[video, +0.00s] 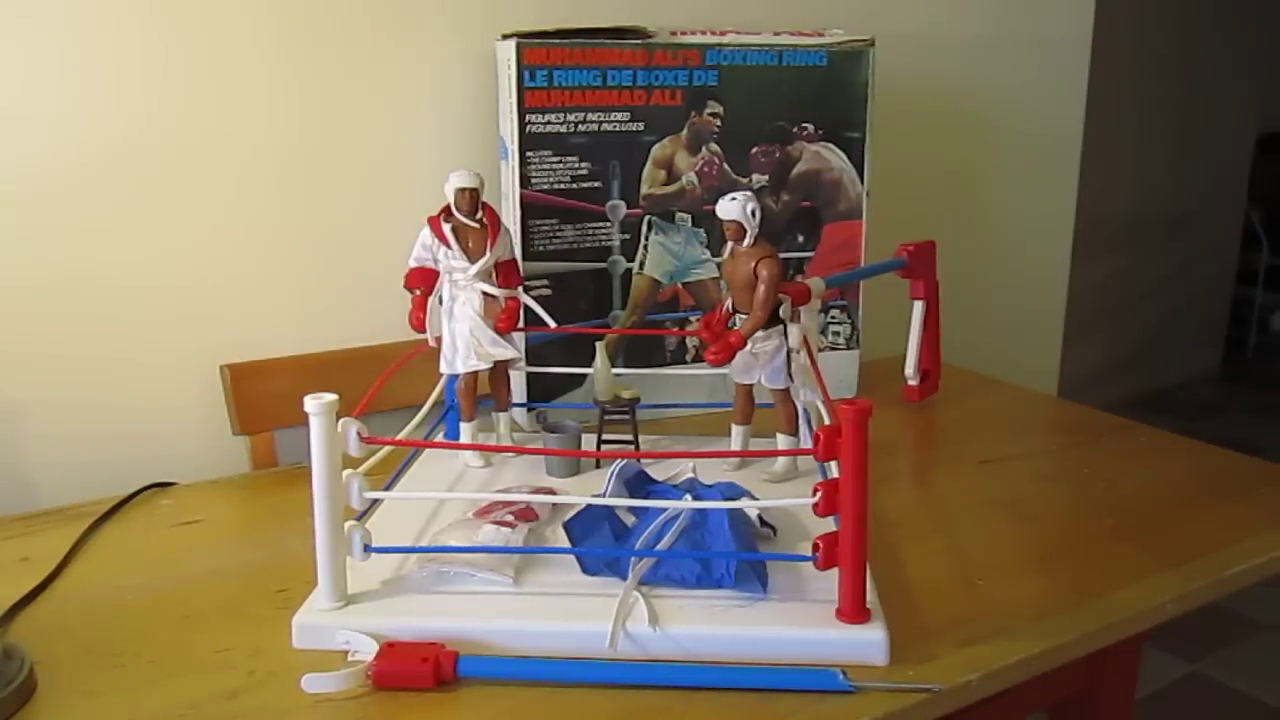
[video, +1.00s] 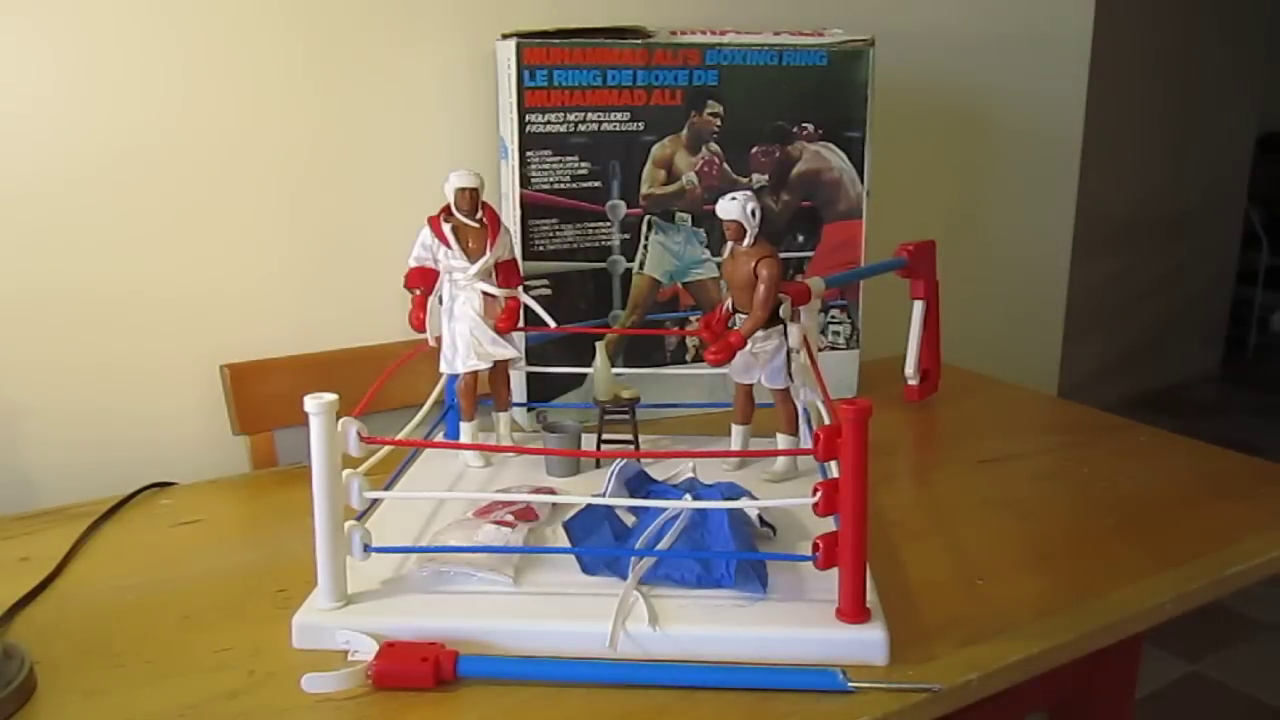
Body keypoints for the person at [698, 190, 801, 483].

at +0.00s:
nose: (725, 229)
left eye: (730, 224)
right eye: (723, 223)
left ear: (748, 224)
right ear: (724, 224)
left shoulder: (767, 262)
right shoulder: (731, 251)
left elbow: (761, 314)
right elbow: (734, 292)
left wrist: (736, 339)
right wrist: (720, 317)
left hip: (769, 334)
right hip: (743, 331)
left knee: (780, 392)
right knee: (742, 388)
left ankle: (787, 457)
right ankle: (738, 451)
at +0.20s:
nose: (725, 229)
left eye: (730, 224)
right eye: (723, 223)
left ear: (747, 224)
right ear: (725, 224)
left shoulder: (767, 263)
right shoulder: (731, 251)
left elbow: (761, 314)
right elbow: (734, 292)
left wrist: (736, 339)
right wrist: (720, 316)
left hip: (769, 334)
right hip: (743, 331)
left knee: (780, 392)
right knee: (742, 387)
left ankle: (787, 457)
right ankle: (738, 450)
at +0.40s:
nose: (725, 229)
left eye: (730, 224)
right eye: (723, 224)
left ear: (748, 224)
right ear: (724, 224)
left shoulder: (767, 262)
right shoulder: (731, 251)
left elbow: (761, 314)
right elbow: (734, 292)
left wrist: (736, 340)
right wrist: (720, 316)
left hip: (769, 333)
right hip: (743, 330)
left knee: (780, 392)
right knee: (742, 387)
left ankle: (787, 457)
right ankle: (737, 450)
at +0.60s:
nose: (725, 229)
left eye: (730, 224)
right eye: (723, 223)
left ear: (748, 224)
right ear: (724, 224)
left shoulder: (767, 263)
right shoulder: (730, 250)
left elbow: (761, 314)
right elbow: (734, 292)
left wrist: (735, 340)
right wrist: (719, 318)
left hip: (769, 333)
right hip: (742, 329)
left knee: (780, 391)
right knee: (742, 387)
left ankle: (787, 456)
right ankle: (737, 450)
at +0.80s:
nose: (725, 229)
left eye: (731, 223)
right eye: (723, 223)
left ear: (748, 224)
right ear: (724, 224)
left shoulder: (767, 263)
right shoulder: (731, 250)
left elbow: (761, 314)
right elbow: (734, 293)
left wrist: (736, 340)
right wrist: (719, 318)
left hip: (768, 333)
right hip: (742, 329)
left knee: (780, 391)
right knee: (742, 387)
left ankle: (787, 457)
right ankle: (737, 450)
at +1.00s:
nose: (725, 228)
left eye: (730, 223)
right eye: (723, 223)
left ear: (748, 223)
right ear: (724, 223)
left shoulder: (767, 263)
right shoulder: (731, 250)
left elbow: (761, 314)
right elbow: (735, 292)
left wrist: (736, 340)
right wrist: (719, 318)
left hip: (768, 333)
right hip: (742, 329)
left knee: (780, 392)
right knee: (742, 387)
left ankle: (787, 457)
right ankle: (737, 450)